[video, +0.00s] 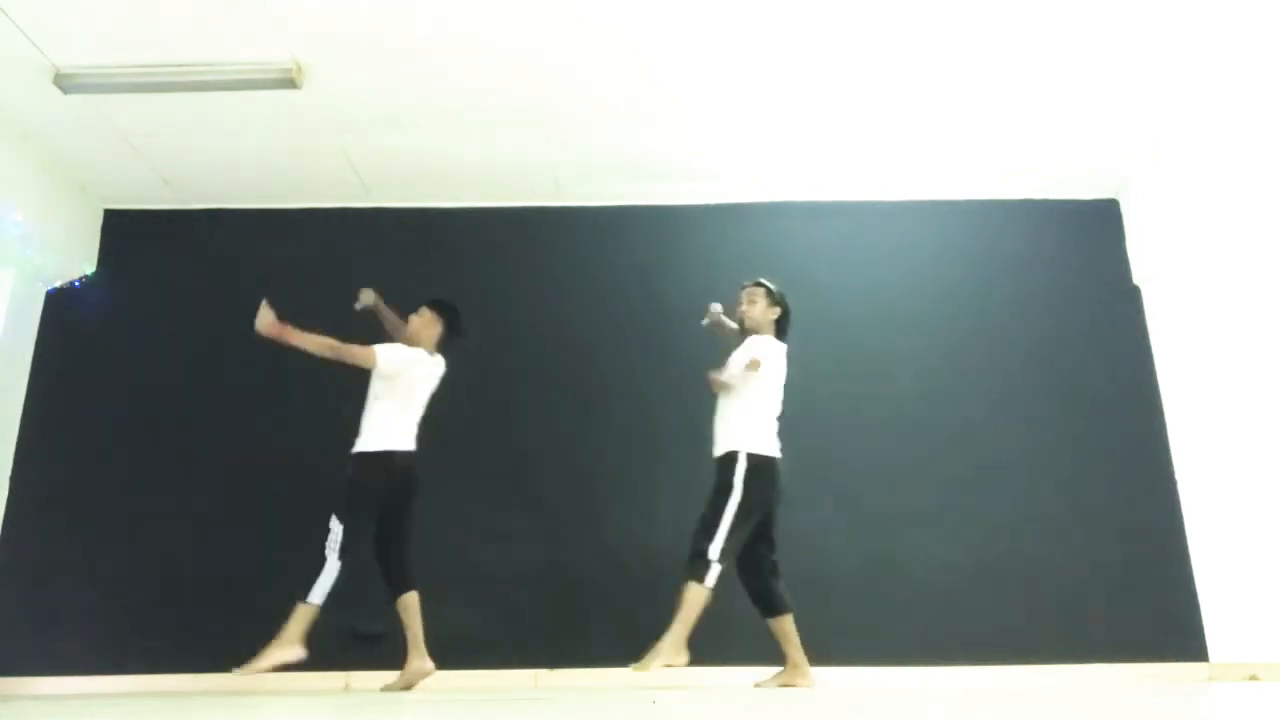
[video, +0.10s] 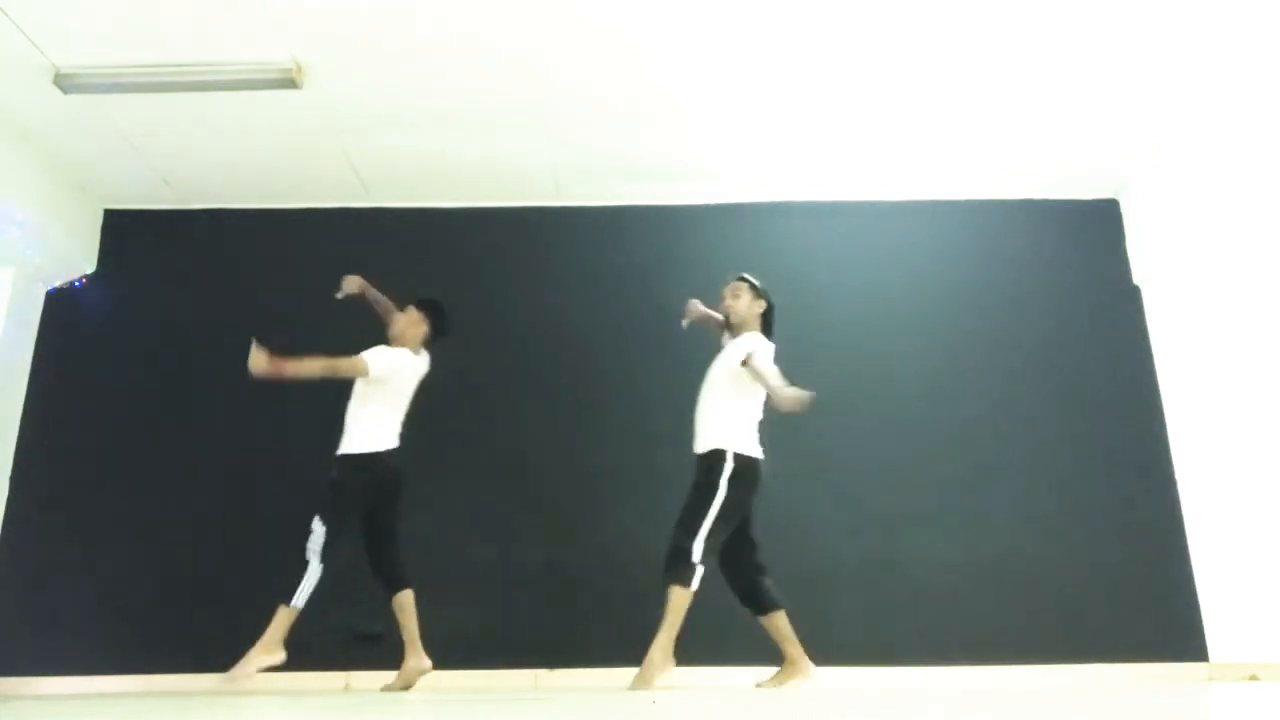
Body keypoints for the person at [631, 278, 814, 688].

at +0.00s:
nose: (742, 308)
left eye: (751, 301)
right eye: (741, 302)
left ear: (773, 312)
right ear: (743, 312)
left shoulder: (764, 346)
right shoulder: (756, 346)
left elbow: (744, 376)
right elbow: (739, 334)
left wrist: (721, 379)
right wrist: (719, 321)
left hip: (747, 461)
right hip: (751, 462)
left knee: (709, 551)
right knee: (757, 565)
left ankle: (673, 645)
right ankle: (797, 666)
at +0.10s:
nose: (726, 302)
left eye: (737, 295)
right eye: (725, 296)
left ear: (760, 306)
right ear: (726, 308)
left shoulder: (756, 345)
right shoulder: (734, 342)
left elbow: (775, 384)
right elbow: (722, 326)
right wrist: (702, 313)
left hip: (731, 460)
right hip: (716, 459)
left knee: (690, 548)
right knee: (741, 565)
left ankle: (660, 653)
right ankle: (797, 660)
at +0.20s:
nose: (706, 294)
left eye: (715, 287)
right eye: (703, 289)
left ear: (737, 298)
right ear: (701, 302)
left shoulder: (748, 338)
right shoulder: (700, 340)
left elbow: (785, 363)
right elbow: (674, 340)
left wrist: (825, 368)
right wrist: (671, 316)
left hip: (724, 455)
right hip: (691, 455)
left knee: (677, 548)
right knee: (687, 564)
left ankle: (651, 663)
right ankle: (757, 639)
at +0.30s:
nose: (677, 300)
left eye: (686, 292)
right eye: (673, 296)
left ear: (710, 299)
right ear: (671, 308)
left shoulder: (736, 340)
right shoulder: (671, 361)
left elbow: (789, 348)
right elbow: (613, 379)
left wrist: (815, 312)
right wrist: (616, 327)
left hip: (728, 461)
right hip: (682, 465)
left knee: (678, 555)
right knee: (642, 556)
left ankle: (654, 666)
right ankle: (633, 657)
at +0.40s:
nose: (656, 311)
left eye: (664, 302)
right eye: (648, 308)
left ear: (687, 305)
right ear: (646, 321)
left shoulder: (724, 341)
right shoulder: (651, 377)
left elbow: (780, 316)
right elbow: (604, 413)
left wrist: (754, 286)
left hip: (737, 471)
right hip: (687, 477)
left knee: (687, 562)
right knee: (619, 557)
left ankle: (654, 669)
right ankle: (566, 653)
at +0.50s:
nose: (649, 318)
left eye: (656, 308)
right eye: (640, 315)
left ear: (676, 313)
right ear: (635, 328)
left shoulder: (713, 344)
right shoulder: (644, 386)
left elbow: (764, 297)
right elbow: (646, 442)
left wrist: (725, 311)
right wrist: (591, 446)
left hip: (736, 473)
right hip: (684, 478)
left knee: (693, 564)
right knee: (630, 553)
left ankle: (657, 665)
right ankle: (605, 650)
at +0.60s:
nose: (658, 316)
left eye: (665, 305)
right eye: (646, 310)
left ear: (682, 312)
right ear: (636, 325)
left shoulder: (709, 339)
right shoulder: (648, 386)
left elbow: (768, 296)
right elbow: (677, 453)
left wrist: (735, 325)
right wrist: (670, 423)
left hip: (733, 474)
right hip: (681, 478)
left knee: (696, 574)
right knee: (670, 551)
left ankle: (650, 664)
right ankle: (709, 647)